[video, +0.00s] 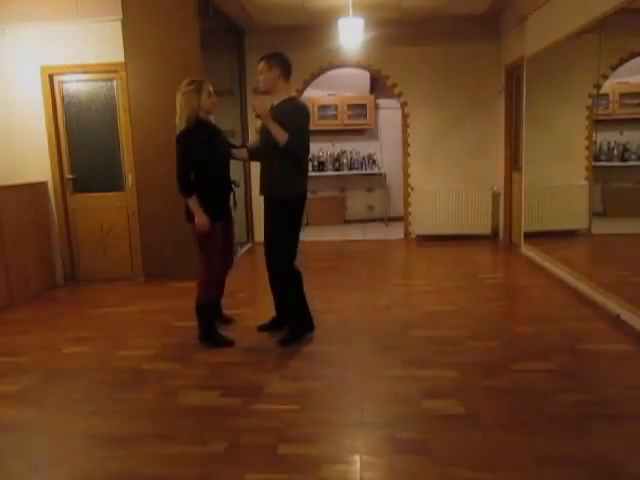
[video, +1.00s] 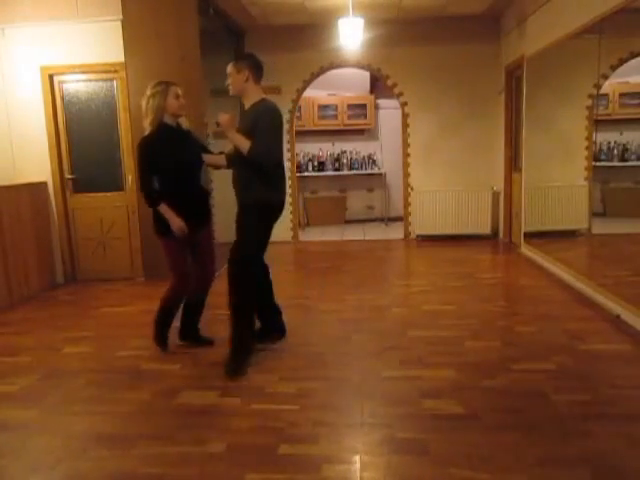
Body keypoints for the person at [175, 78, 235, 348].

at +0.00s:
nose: (214, 99)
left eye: (213, 94)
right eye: (209, 95)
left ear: (205, 99)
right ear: (194, 99)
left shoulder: (212, 130)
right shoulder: (187, 136)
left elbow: (231, 152)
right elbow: (184, 180)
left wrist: (255, 150)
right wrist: (196, 210)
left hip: (222, 203)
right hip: (204, 207)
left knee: (223, 262)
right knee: (210, 267)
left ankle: (214, 309)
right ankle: (206, 328)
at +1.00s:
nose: (183, 102)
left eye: (182, 97)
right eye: (176, 97)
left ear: (177, 101)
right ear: (159, 102)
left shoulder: (186, 136)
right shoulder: (149, 143)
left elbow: (207, 157)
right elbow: (148, 190)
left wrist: (235, 158)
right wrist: (170, 217)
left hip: (198, 209)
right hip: (172, 214)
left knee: (205, 272)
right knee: (183, 276)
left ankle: (189, 329)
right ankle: (162, 325)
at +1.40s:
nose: (153, 93)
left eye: (152, 88)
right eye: (146, 88)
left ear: (138, 93)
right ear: (128, 94)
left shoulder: (143, 127)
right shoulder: (125, 129)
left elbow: (161, 165)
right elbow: (123, 178)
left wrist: (196, 155)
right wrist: (165, 196)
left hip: (152, 221)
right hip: (138, 224)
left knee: (180, 277)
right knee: (155, 290)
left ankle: (143, 330)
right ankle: (148, 371)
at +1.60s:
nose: (136, 93)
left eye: (134, 88)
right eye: (130, 89)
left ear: (119, 95)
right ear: (112, 95)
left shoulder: (128, 133)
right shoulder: (114, 136)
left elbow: (168, 159)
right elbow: (122, 190)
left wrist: (205, 130)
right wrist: (147, 224)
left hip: (130, 224)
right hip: (119, 227)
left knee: (147, 297)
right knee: (134, 301)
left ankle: (100, 361)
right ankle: (145, 378)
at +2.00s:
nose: (125, 89)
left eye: (123, 83)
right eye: (118, 84)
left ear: (108, 88)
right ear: (98, 89)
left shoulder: (116, 128)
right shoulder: (88, 132)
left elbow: (134, 168)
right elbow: (82, 186)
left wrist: (170, 166)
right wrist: (118, 218)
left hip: (121, 224)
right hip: (109, 227)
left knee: (118, 300)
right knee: (150, 300)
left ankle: (89, 369)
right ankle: (132, 370)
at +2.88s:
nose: (124, 95)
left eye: (123, 89)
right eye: (118, 89)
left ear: (100, 94)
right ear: (99, 93)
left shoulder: (109, 132)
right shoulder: (95, 137)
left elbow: (132, 164)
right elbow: (99, 192)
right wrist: (139, 182)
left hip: (109, 237)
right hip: (110, 240)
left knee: (93, 306)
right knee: (162, 292)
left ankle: (86, 376)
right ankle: (163, 367)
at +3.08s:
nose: (160, 90)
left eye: (158, 84)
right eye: (154, 84)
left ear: (138, 88)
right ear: (135, 88)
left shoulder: (151, 126)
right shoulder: (124, 133)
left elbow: (163, 164)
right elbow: (115, 188)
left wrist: (193, 152)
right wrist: (150, 180)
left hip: (157, 223)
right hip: (144, 227)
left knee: (138, 298)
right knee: (168, 303)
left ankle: (100, 360)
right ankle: (200, 375)